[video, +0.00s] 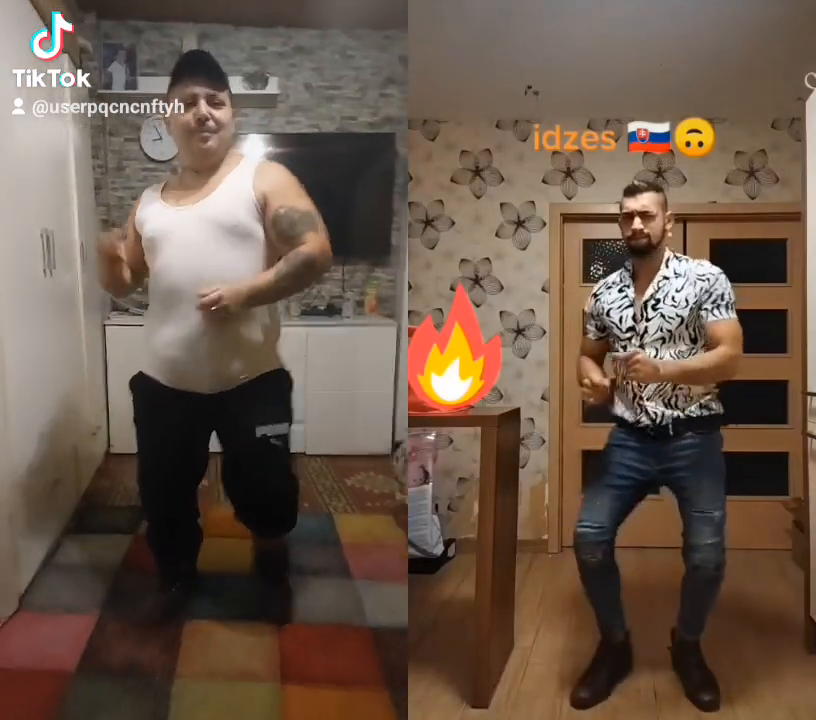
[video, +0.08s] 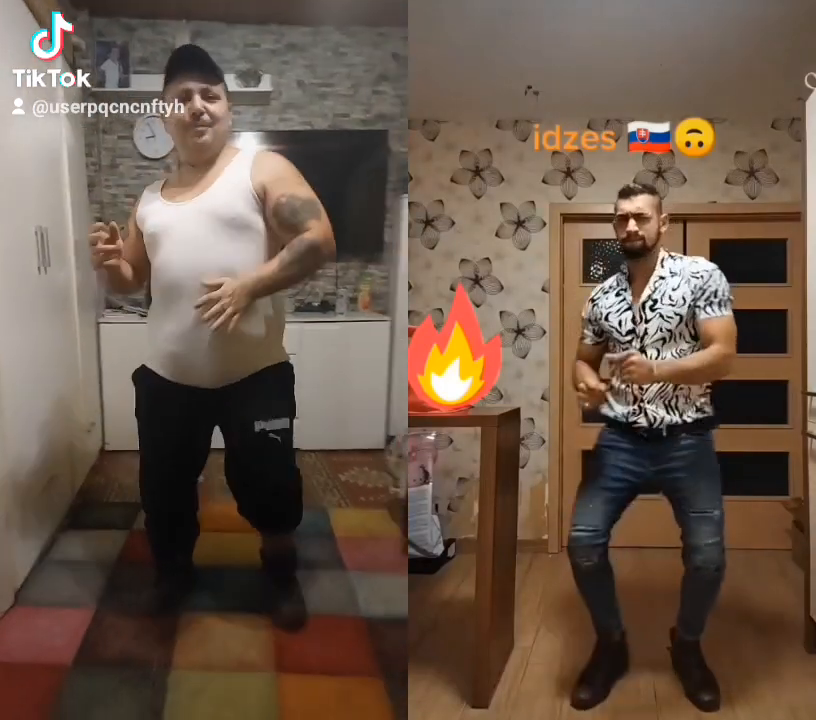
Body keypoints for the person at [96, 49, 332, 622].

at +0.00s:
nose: (205, 113)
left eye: (216, 100)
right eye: (189, 103)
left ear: (232, 111)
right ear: (167, 118)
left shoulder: (265, 179)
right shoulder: (150, 203)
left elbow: (315, 251)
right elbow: (127, 285)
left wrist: (249, 292)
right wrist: (111, 263)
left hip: (251, 377)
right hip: (166, 381)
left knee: (265, 492)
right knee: (164, 496)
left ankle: (272, 564)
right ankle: (174, 583)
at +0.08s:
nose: (199, 109)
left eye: (210, 95)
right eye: (183, 98)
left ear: (229, 106)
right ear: (164, 114)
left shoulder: (264, 169)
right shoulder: (151, 200)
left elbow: (319, 239)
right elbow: (131, 286)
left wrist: (250, 286)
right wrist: (113, 264)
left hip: (255, 372)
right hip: (169, 374)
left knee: (271, 490)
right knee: (164, 493)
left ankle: (282, 577)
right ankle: (171, 582)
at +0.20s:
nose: (202, 100)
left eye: (213, 86)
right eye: (187, 91)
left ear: (234, 95)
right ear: (170, 108)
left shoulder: (272, 151)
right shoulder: (167, 195)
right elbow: (154, 280)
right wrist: (124, 272)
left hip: (272, 362)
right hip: (187, 365)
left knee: (287, 484)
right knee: (176, 488)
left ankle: (297, 579)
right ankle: (173, 579)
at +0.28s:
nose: (189, 118)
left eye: (198, 102)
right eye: (173, 109)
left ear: (218, 107)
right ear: (157, 129)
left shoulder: (257, 167)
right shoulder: (155, 212)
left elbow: (322, 222)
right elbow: (141, 292)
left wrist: (266, 276)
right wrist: (115, 297)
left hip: (259, 376)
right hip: (177, 377)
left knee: (266, 497)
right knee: (157, 497)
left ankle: (266, 588)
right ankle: (141, 587)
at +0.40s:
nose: (211, 140)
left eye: (222, 127)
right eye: (198, 131)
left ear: (242, 137)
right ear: (181, 149)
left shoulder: (280, 187)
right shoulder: (173, 233)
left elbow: (348, 231)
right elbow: (159, 302)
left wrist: (312, 277)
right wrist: (160, 332)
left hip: (286, 391)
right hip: (202, 392)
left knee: (288, 512)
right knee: (177, 512)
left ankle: (280, 596)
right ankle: (161, 597)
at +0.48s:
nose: (220, 148)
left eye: (231, 137)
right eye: (206, 140)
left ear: (249, 149)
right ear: (189, 158)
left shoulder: (288, 200)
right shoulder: (176, 238)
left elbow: (355, 244)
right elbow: (160, 310)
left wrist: (323, 287)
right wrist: (170, 339)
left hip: (287, 398)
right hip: (201, 399)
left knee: (286, 518)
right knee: (183, 515)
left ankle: (274, 600)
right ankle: (176, 595)